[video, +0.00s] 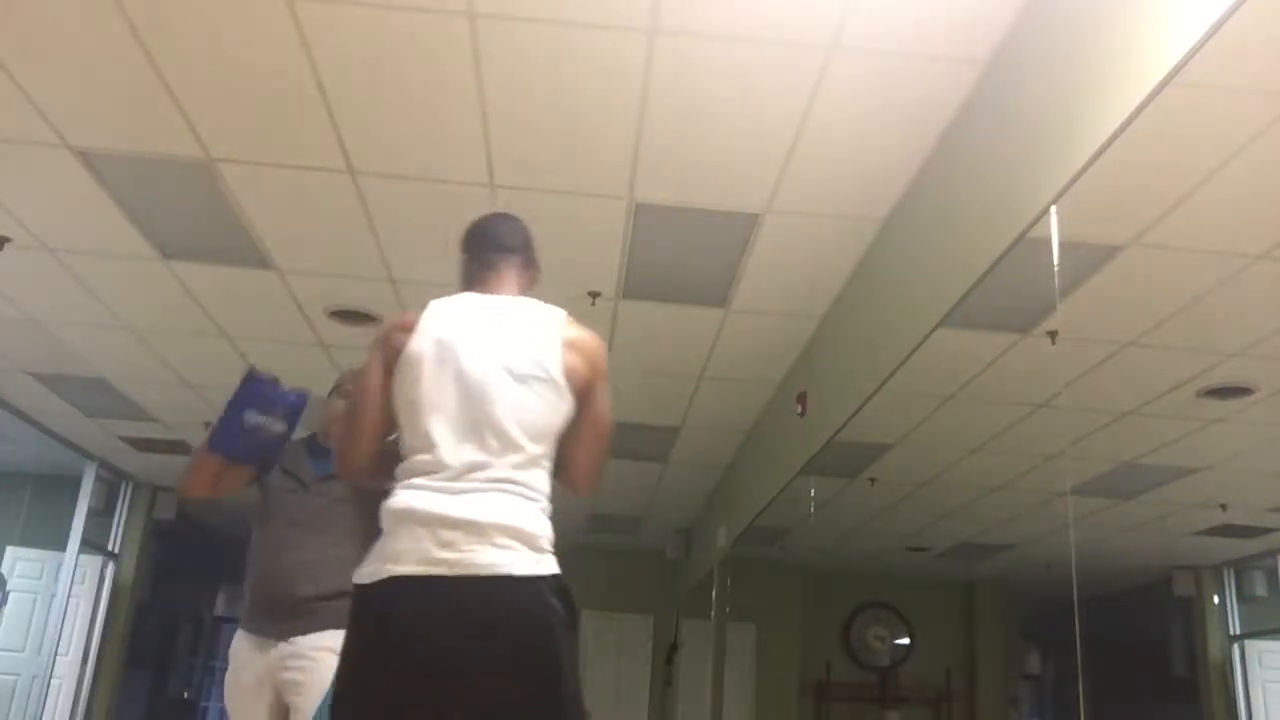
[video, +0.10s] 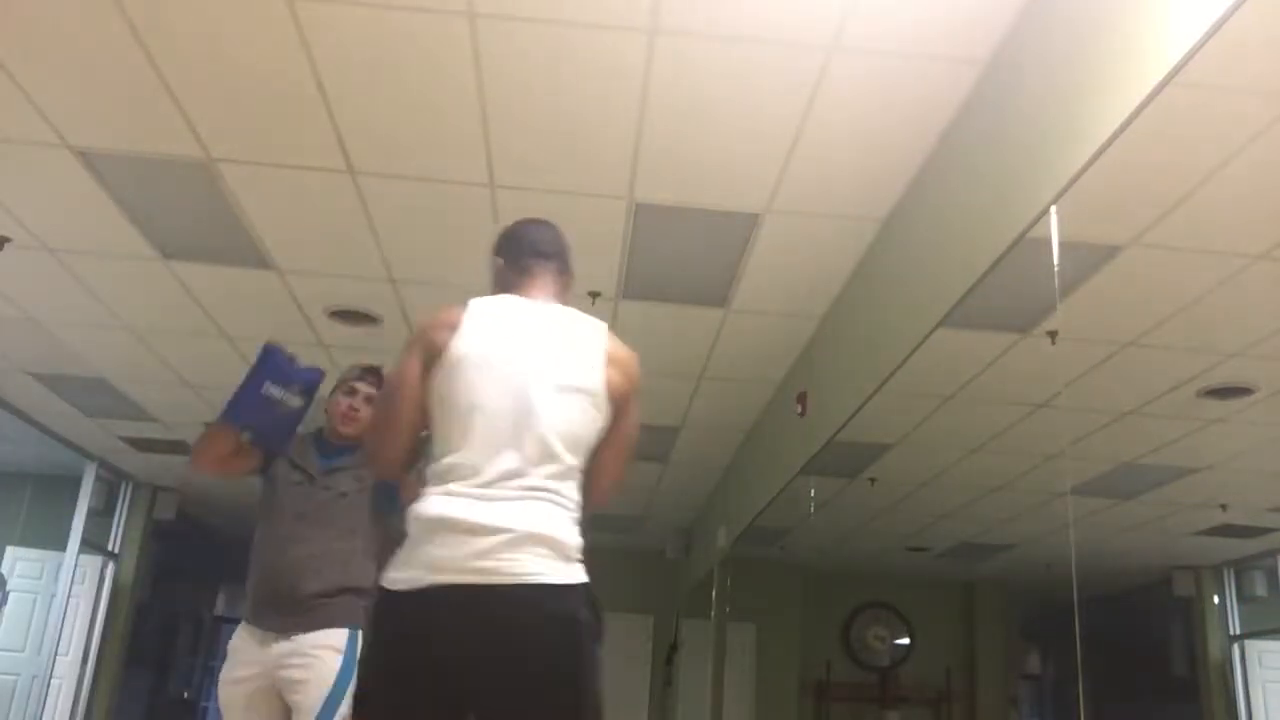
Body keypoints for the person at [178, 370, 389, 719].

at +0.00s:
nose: (347, 406)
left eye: (358, 399)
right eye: (341, 394)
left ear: (377, 414)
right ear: (324, 406)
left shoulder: (383, 463)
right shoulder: (281, 456)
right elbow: (196, 494)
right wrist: (242, 415)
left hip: (325, 640)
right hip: (253, 638)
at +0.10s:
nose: (355, 404)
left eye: (369, 400)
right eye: (349, 393)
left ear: (381, 417)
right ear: (329, 402)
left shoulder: (384, 460)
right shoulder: (285, 450)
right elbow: (206, 463)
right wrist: (255, 396)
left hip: (328, 640)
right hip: (254, 637)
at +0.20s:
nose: (356, 403)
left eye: (368, 398)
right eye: (348, 391)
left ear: (377, 415)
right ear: (328, 399)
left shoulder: (384, 460)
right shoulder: (286, 445)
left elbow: (433, 506)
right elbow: (211, 451)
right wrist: (265, 392)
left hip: (325, 638)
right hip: (253, 633)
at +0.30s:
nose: (350, 405)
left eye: (363, 399)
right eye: (343, 393)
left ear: (373, 413)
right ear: (324, 398)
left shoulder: (380, 463)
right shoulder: (281, 446)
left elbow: (453, 495)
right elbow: (215, 449)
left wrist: (432, 418)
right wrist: (270, 389)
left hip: (323, 636)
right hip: (250, 631)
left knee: (316, 711)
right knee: (230, 711)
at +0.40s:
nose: (343, 410)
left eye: (355, 405)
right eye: (336, 399)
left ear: (364, 418)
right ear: (316, 404)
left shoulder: (374, 469)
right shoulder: (276, 452)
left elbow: (446, 495)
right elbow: (214, 452)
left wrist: (427, 426)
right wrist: (265, 396)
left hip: (318, 639)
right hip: (245, 634)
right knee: (226, 711)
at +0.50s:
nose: (335, 414)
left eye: (347, 408)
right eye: (328, 402)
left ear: (356, 422)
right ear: (307, 407)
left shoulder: (365, 471)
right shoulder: (268, 456)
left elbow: (438, 496)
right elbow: (213, 455)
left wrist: (415, 435)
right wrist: (260, 403)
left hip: (315, 642)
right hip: (242, 638)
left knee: (307, 711)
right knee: (225, 711)